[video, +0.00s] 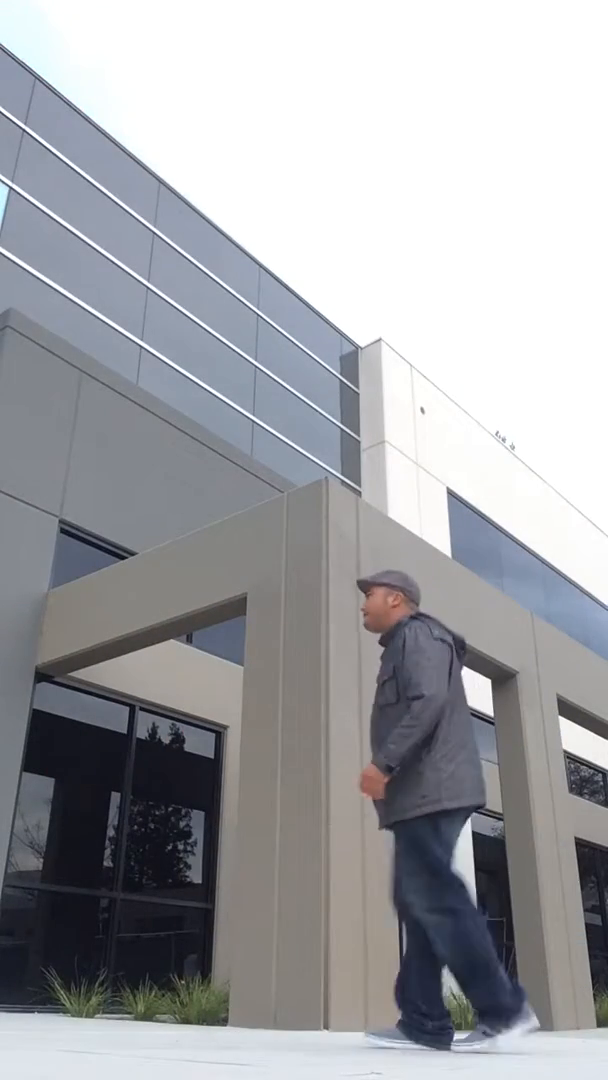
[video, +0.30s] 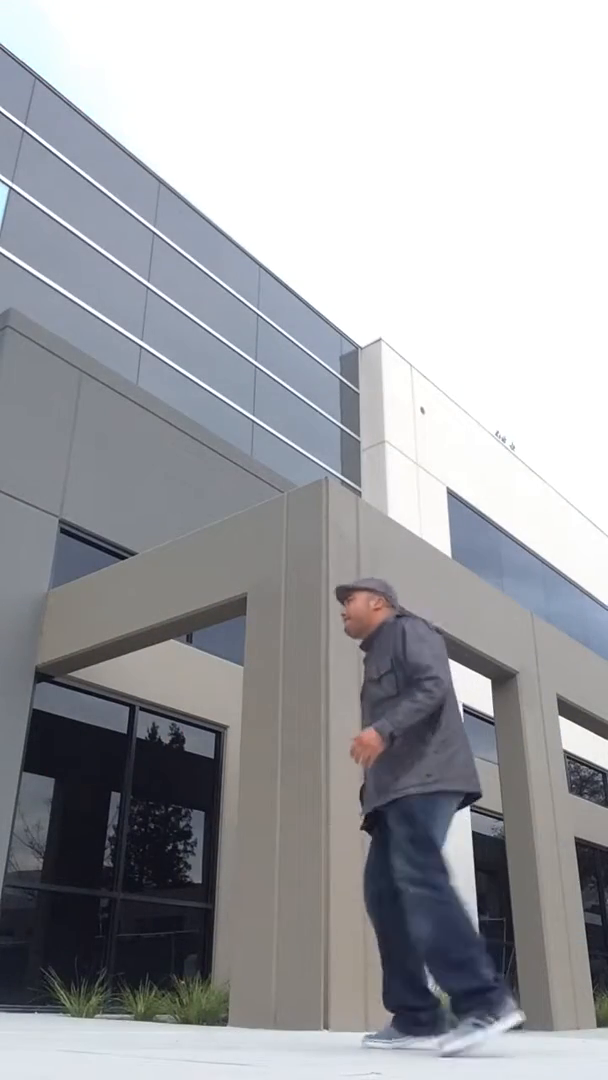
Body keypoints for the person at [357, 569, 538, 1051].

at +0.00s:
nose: (362, 605)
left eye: (368, 595)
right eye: (364, 597)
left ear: (396, 599)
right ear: (396, 600)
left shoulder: (417, 633)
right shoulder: (408, 641)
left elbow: (429, 701)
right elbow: (428, 712)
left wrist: (383, 764)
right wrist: (387, 771)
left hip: (435, 787)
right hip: (423, 789)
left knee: (431, 897)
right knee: (415, 900)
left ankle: (506, 1011)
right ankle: (424, 1024)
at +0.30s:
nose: (342, 611)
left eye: (348, 601)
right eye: (342, 604)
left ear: (377, 601)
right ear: (370, 605)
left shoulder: (410, 629)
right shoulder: (378, 653)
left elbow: (433, 688)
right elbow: (396, 722)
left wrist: (381, 730)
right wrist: (377, 780)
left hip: (426, 778)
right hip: (397, 788)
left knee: (417, 881)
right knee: (382, 891)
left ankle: (487, 1002)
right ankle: (417, 1017)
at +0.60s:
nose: (335, 645)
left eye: (338, 634)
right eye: (335, 636)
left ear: (360, 629)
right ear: (366, 630)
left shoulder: (380, 647)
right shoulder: (402, 663)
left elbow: (392, 686)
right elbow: (401, 745)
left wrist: (322, 716)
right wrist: (378, 804)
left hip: (414, 791)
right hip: (409, 800)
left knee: (409, 881)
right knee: (375, 909)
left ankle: (508, 1007)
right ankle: (384, 1032)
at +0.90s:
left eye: (378, 619)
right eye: (396, 620)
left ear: (365, 625)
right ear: (405, 626)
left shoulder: (339, 657)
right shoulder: (432, 658)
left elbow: (295, 696)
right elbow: (471, 715)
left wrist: (272, 714)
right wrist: (482, 778)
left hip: (357, 775)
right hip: (418, 773)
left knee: (368, 890)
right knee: (409, 888)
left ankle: (358, 999)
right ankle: (389, 1018)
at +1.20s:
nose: (419, 643)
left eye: (418, 635)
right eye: (413, 635)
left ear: (390, 642)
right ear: (388, 640)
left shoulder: (385, 684)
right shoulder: (369, 682)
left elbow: (396, 739)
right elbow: (380, 749)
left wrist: (440, 732)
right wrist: (407, 810)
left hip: (388, 819)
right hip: (367, 818)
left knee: (409, 912)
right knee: (392, 907)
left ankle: (402, 1021)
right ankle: (308, 990)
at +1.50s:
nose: (332, 642)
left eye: (340, 635)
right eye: (324, 637)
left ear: (357, 643)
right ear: (316, 649)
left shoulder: (386, 688)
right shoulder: (298, 697)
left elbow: (430, 736)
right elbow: (273, 748)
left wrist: (415, 724)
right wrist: (258, 799)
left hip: (369, 810)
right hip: (318, 814)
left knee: (368, 899)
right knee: (328, 913)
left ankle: (379, 1008)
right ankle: (349, 1015)